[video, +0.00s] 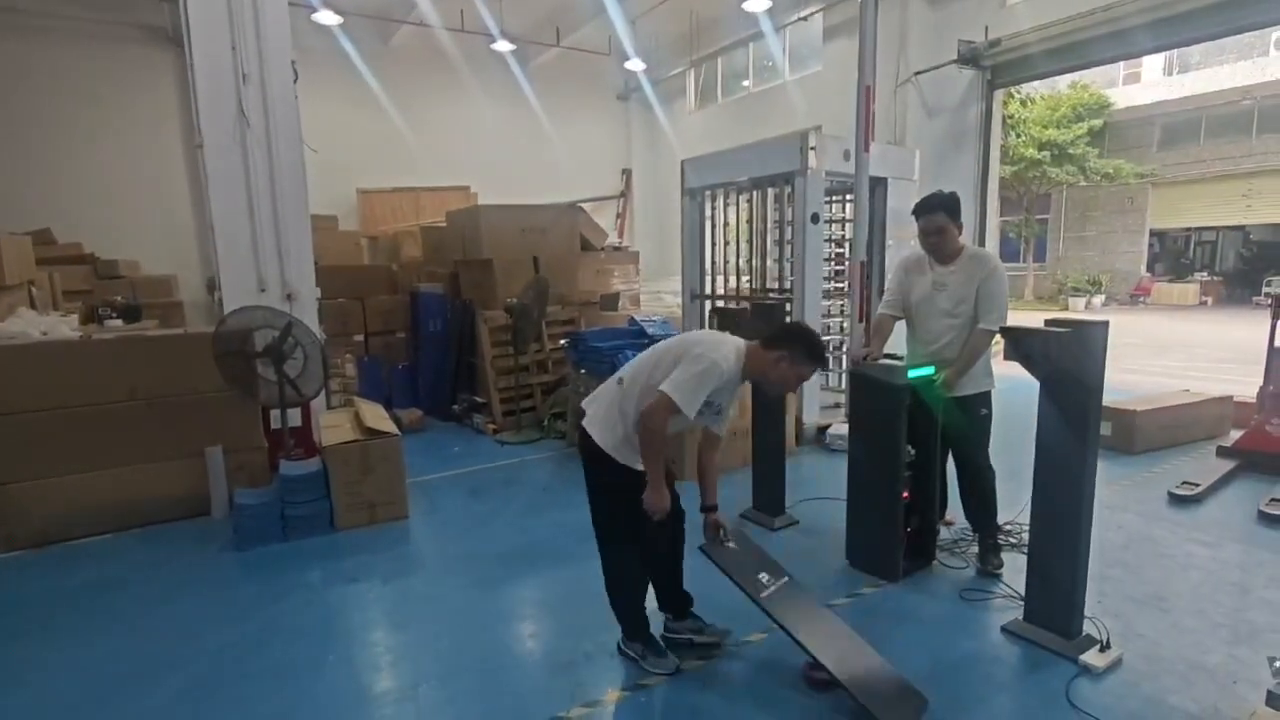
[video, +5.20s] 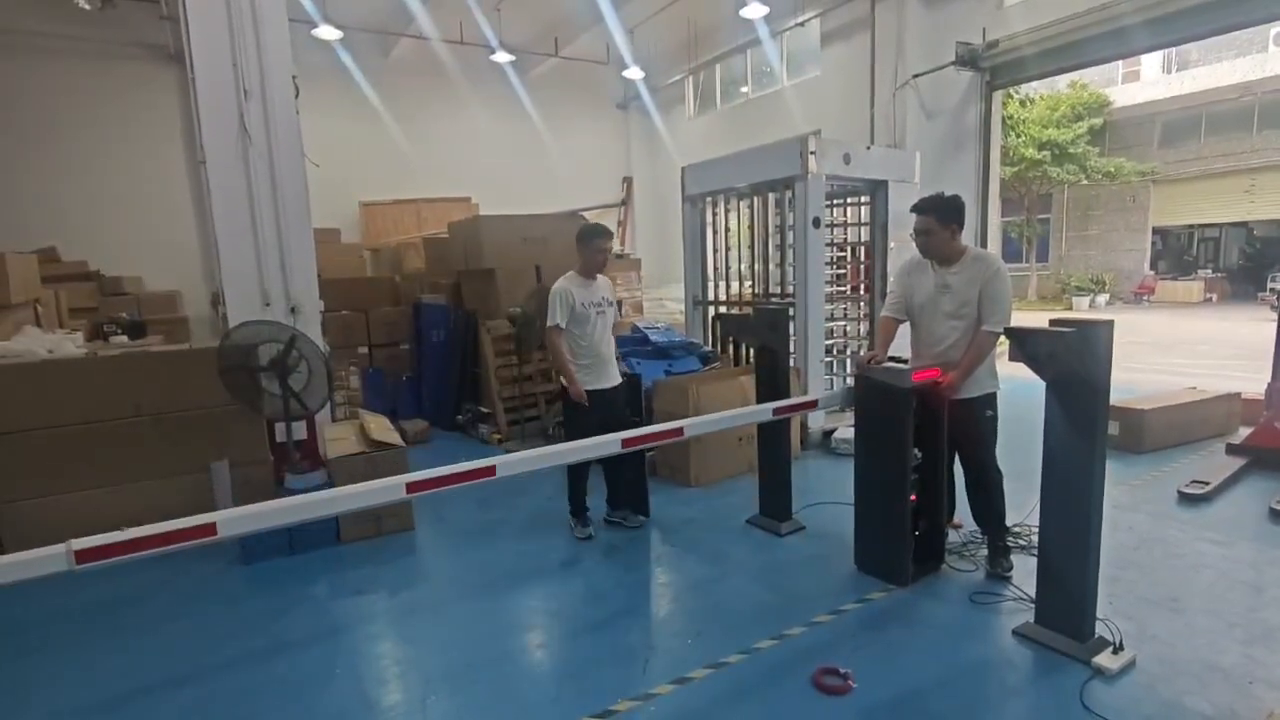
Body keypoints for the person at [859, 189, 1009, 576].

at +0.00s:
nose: (929, 242)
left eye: (937, 234)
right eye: (923, 234)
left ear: (959, 229)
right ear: (917, 232)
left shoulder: (986, 266)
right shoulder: (910, 264)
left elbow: (988, 327)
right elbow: (888, 312)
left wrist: (954, 373)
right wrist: (872, 348)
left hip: (970, 386)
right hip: (922, 385)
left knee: (975, 468)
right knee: (924, 468)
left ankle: (988, 543)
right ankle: (921, 543)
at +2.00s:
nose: (916, 243)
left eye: (924, 235)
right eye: (911, 236)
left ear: (948, 230)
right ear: (906, 233)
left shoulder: (976, 269)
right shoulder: (899, 267)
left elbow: (977, 330)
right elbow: (877, 315)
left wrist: (945, 372)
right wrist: (864, 350)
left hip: (958, 391)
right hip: (911, 389)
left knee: (964, 470)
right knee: (914, 470)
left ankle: (977, 543)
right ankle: (911, 546)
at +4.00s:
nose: (923, 243)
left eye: (931, 235)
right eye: (920, 235)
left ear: (958, 232)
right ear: (919, 232)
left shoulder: (990, 270)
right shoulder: (912, 270)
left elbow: (991, 332)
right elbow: (891, 316)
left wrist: (961, 375)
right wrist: (879, 353)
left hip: (976, 392)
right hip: (928, 392)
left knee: (983, 472)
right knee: (933, 473)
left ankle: (998, 544)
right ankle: (930, 552)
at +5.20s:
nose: (916, 241)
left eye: (923, 234)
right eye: (915, 233)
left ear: (953, 231)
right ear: (921, 231)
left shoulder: (988, 268)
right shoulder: (912, 267)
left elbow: (991, 329)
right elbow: (891, 313)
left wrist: (960, 373)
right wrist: (879, 349)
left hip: (974, 389)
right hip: (926, 389)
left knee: (981, 470)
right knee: (932, 471)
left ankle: (997, 544)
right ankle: (930, 545)